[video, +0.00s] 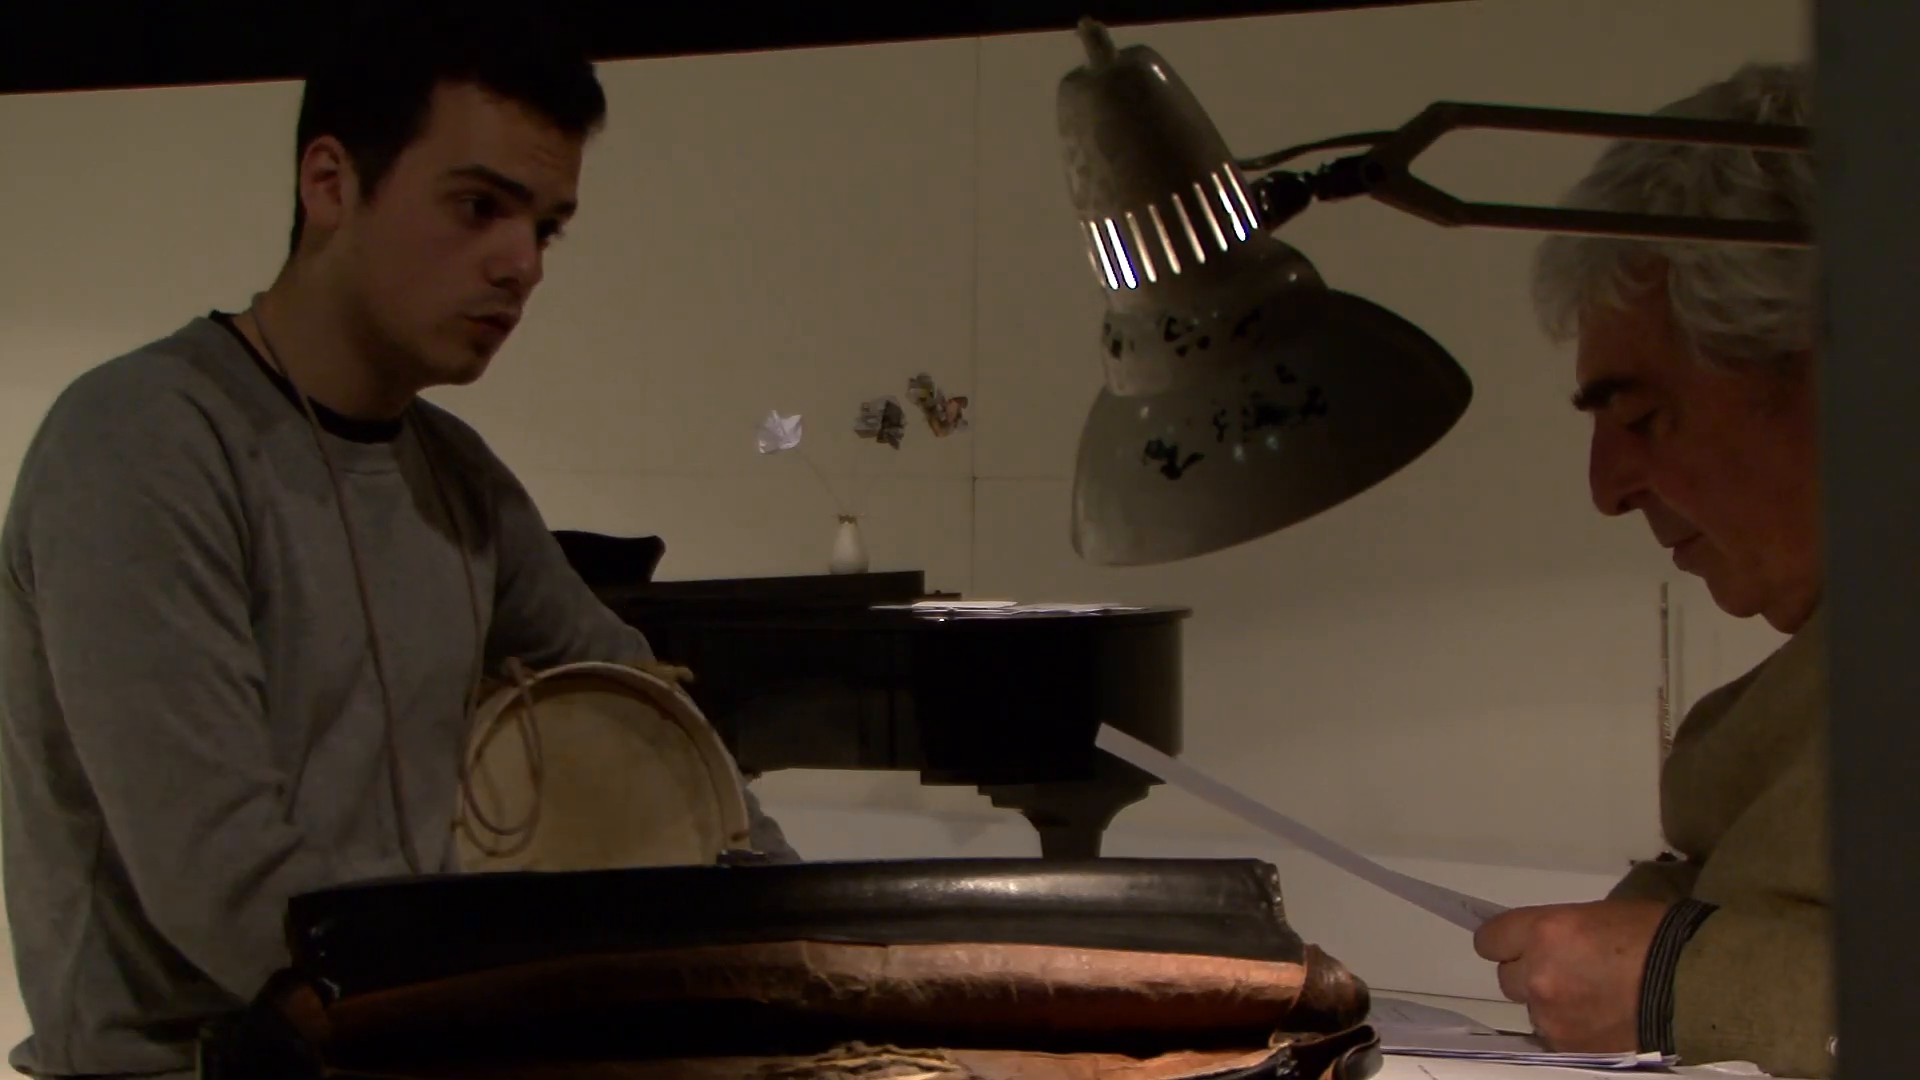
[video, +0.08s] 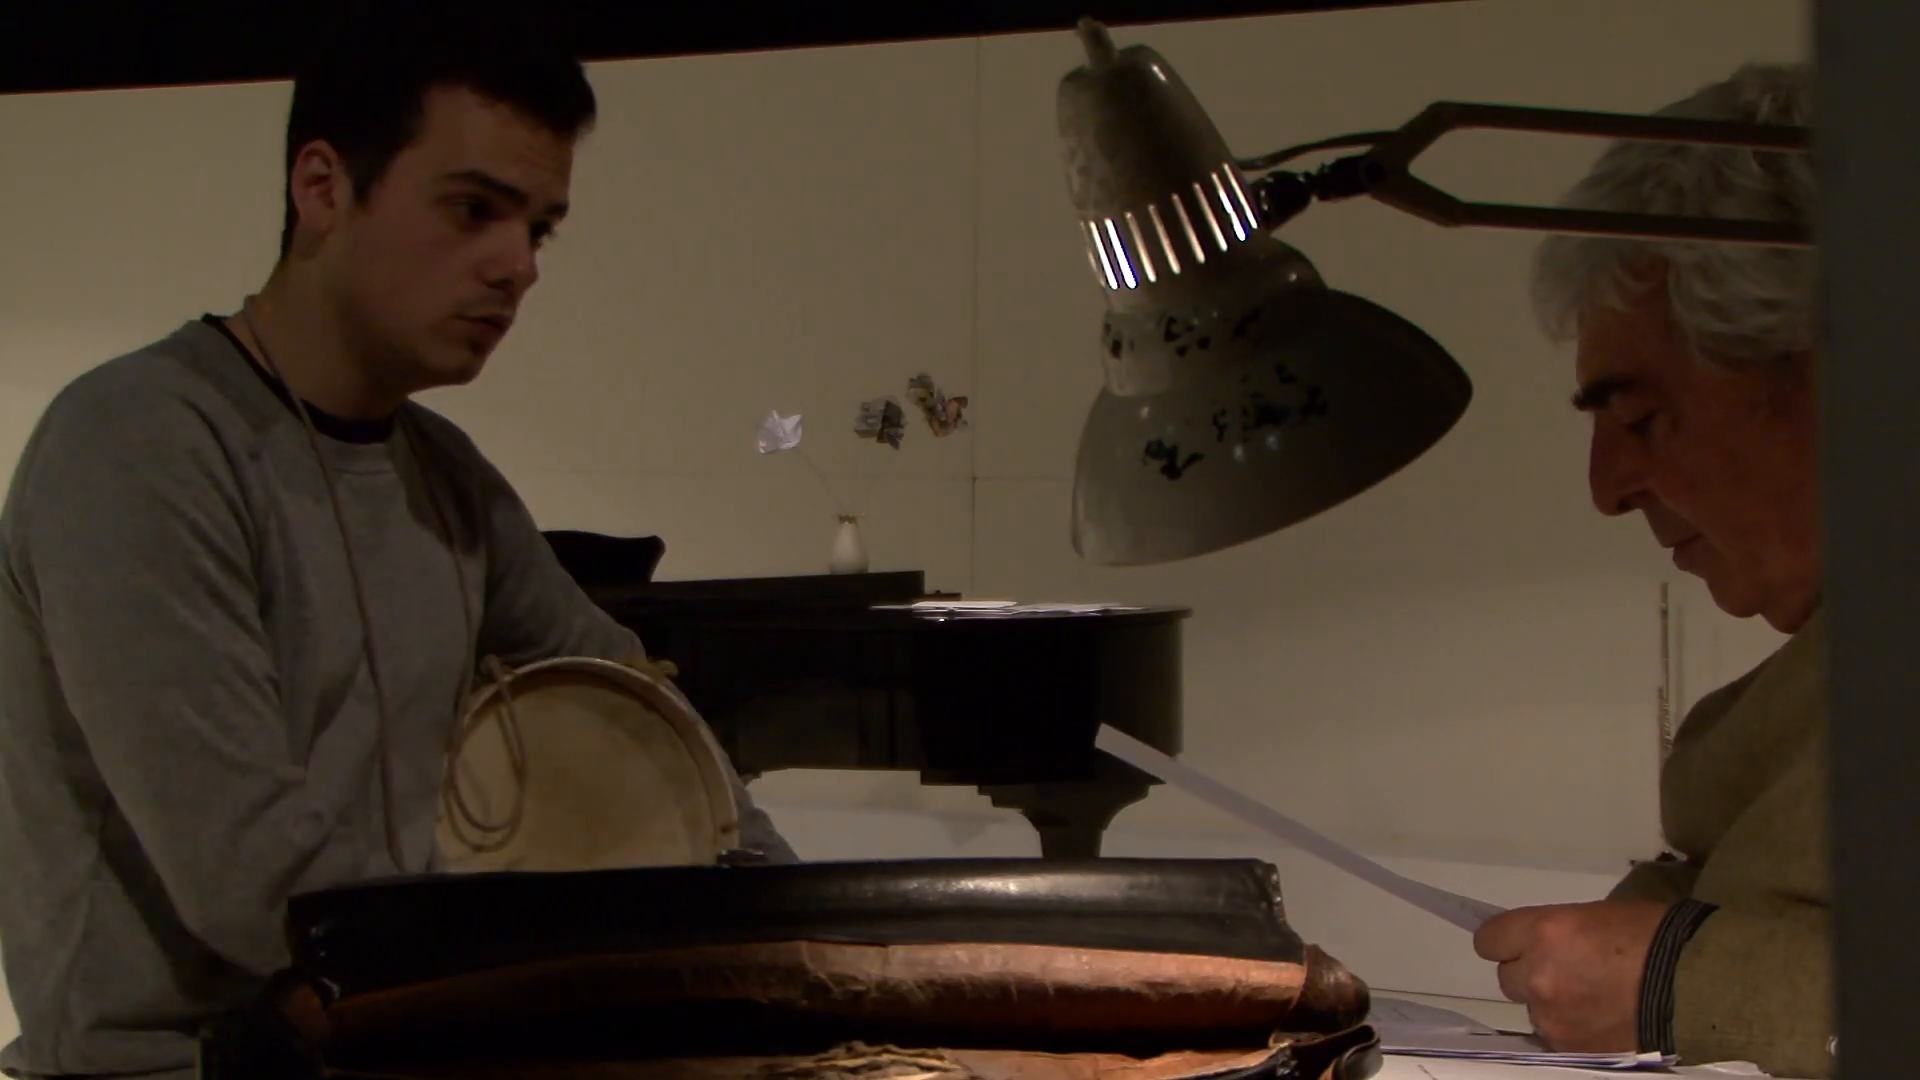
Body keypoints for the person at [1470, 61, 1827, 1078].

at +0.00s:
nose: (1609, 489)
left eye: (1639, 413)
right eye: (1602, 423)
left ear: (1824, 365)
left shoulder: (1871, 663)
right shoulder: (1808, 669)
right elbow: (1773, 881)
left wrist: (1678, 982)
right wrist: (1653, 929)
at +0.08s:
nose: (1609, 489)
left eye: (1639, 416)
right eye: (1601, 426)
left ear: (1819, 369)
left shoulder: (1872, 659)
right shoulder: (1810, 666)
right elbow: (1771, 879)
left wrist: (1680, 982)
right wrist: (1651, 928)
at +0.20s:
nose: (1609, 491)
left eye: (1639, 417)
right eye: (1601, 427)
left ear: (1818, 370)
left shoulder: (1870, 661)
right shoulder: (1805, 671)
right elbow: (1760, 877)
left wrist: (1678, 982)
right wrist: (1650, 931)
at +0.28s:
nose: (1609, 491)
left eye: (1637, 416)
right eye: (1601, 426)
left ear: (1819, 366)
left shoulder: (1869, 662)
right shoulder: (1804, 673)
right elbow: (1766, 878)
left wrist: (1679, 983)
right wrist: (1652, 930)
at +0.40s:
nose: (1609, 485)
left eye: (1639, 411)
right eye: (1602, 421)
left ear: (1820, 362)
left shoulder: (1866, 667)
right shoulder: (1798, 681)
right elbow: (1774, 885)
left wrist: (1681, 983)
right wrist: (1655, 935)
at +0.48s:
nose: (1612, 482)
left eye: (1640, 406)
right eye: (1605, 416)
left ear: (1820, 359)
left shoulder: (1867, 669)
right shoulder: (1797, 681)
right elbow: (1769, 882)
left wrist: (1680, 982)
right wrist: (1654, 934)